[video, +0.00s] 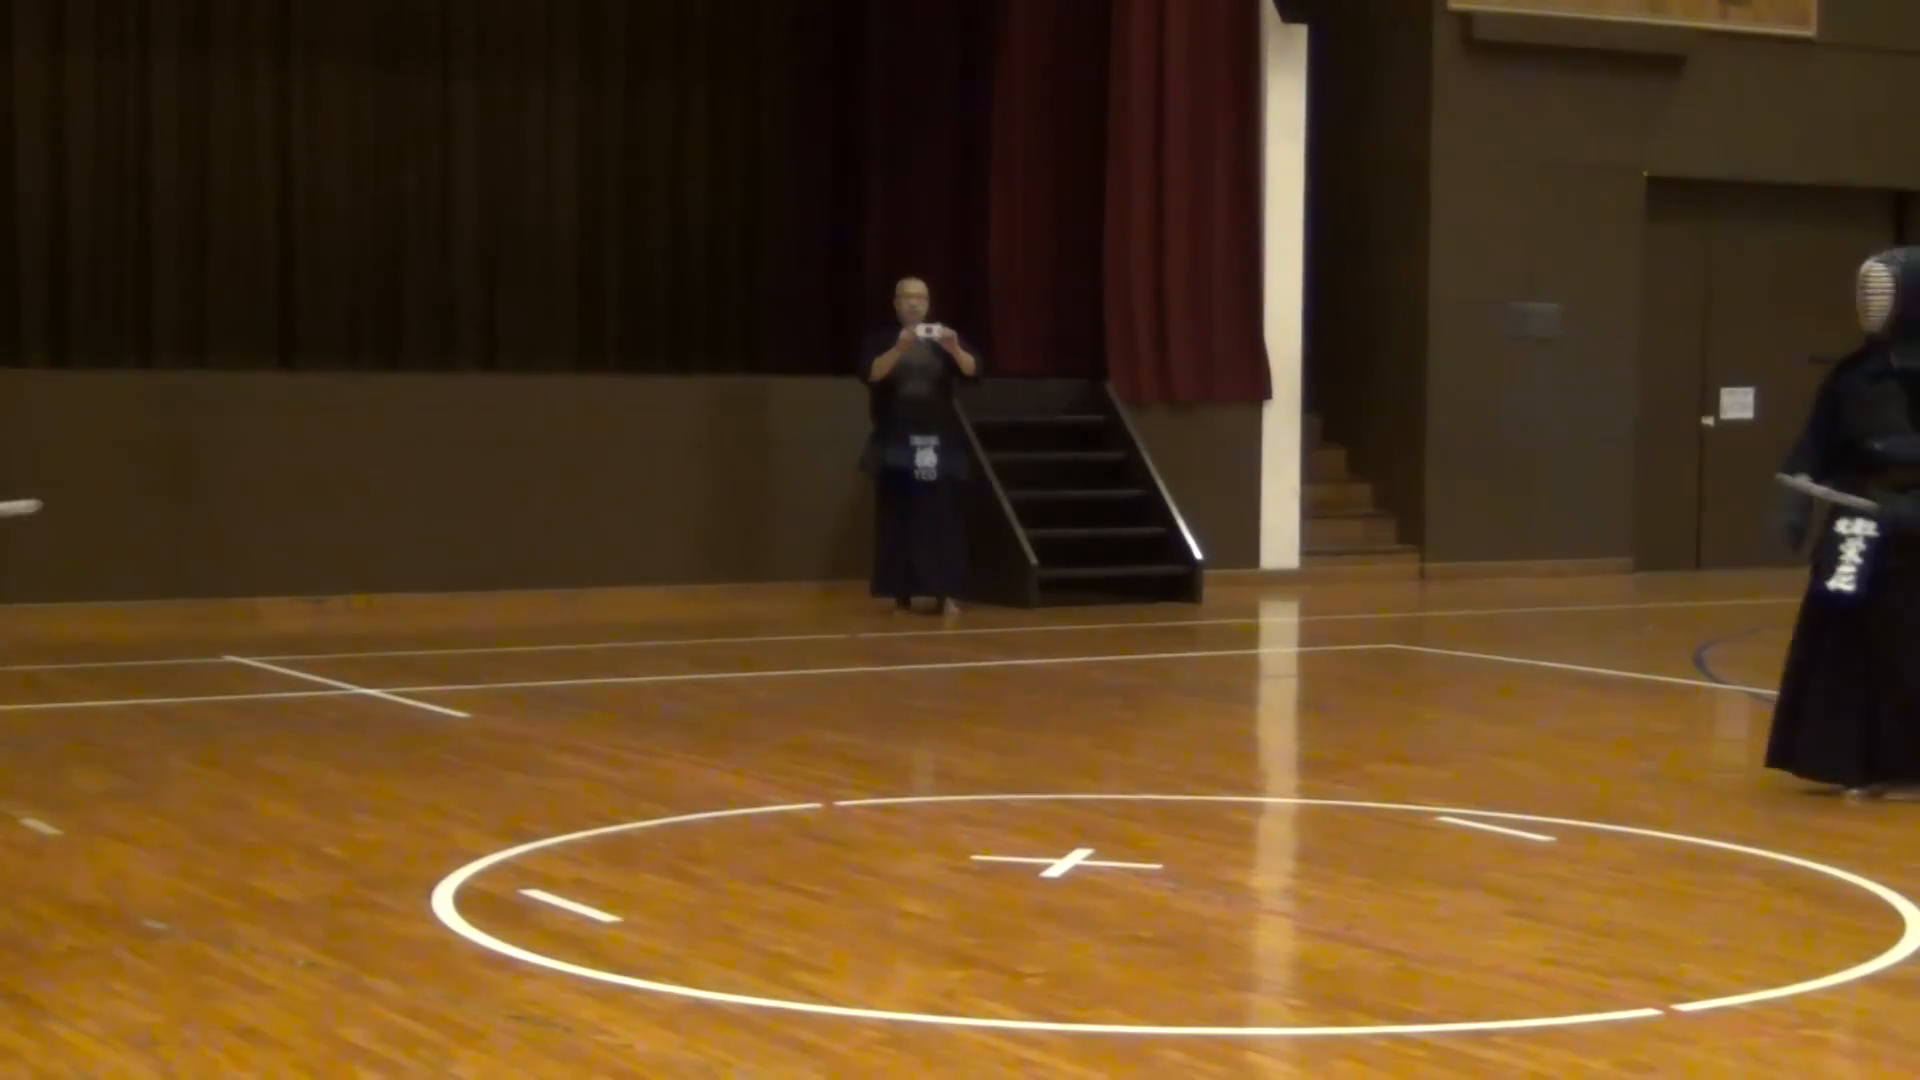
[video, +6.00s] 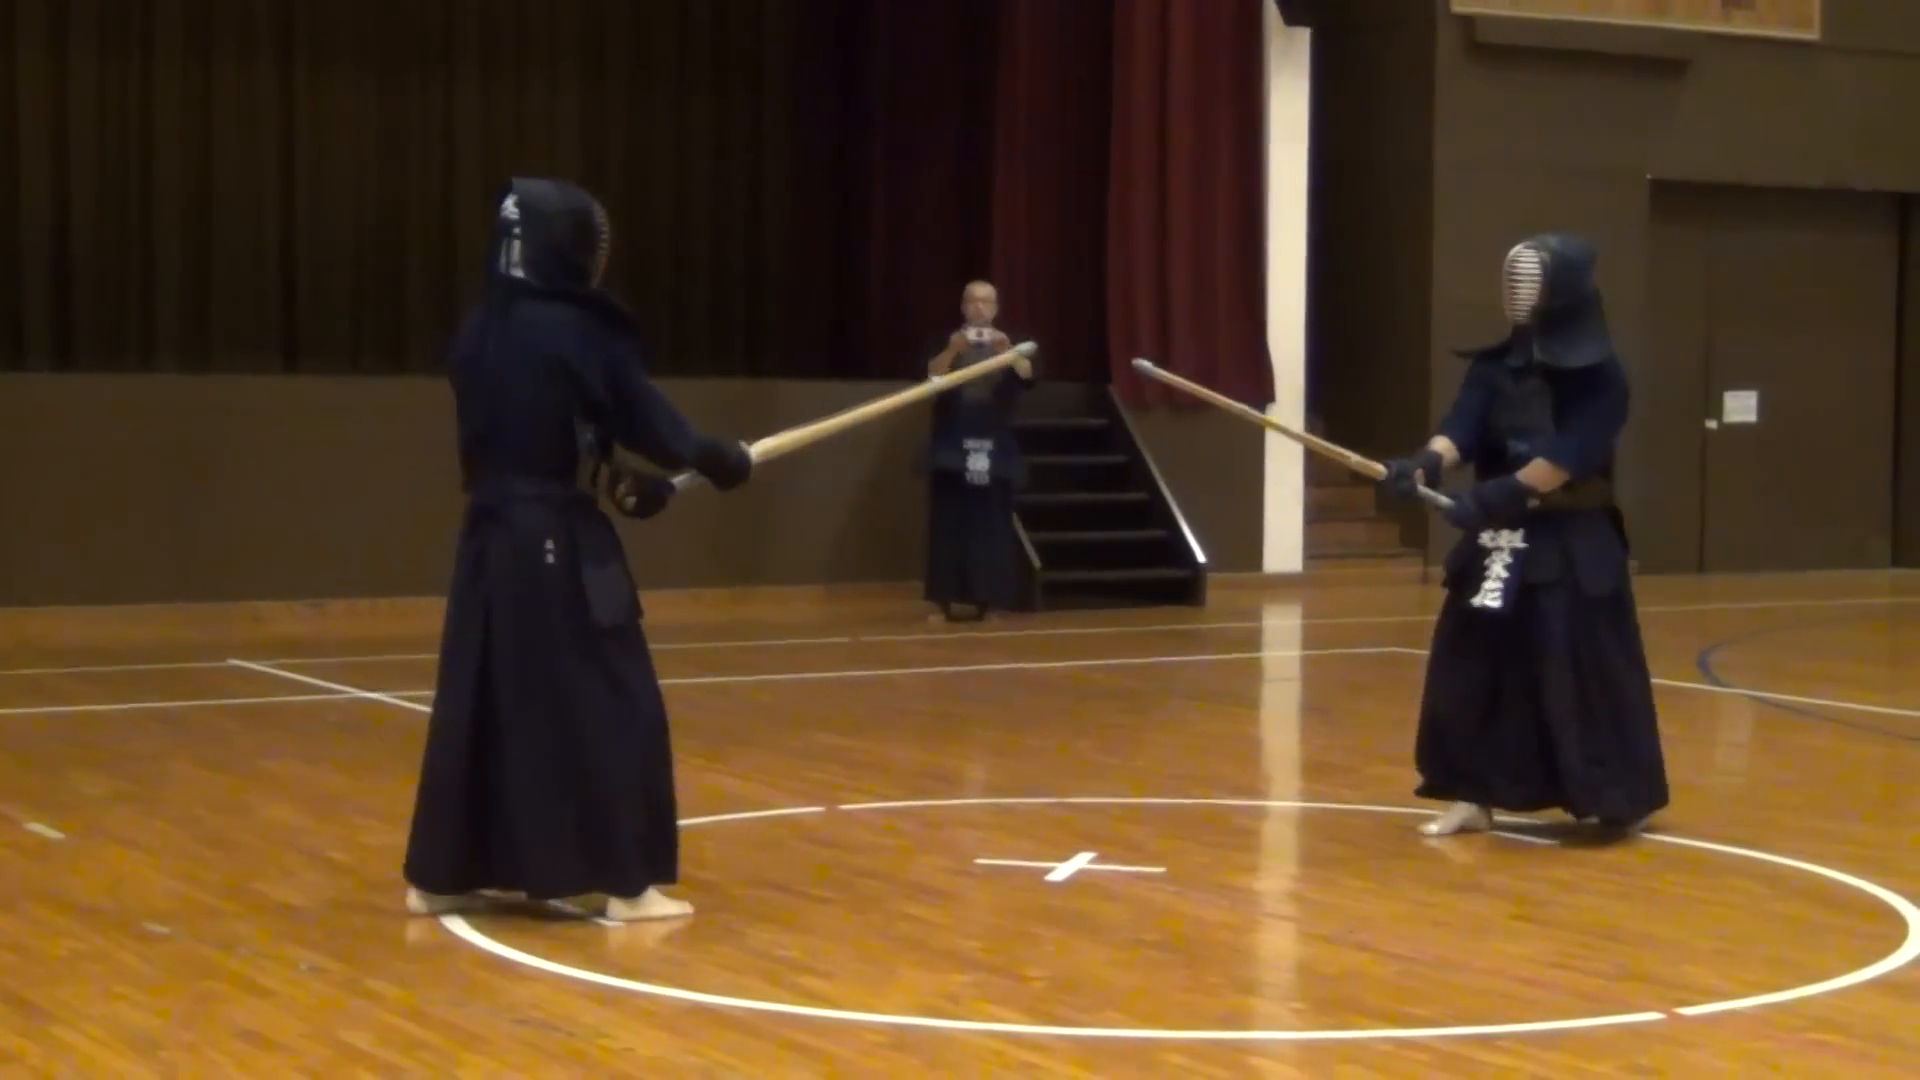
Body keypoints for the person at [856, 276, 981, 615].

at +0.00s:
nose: (913, 304)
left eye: (919, 299)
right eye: (907, 299)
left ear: (928, 303)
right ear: (896, 303)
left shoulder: (943, 338)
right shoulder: (885, 340)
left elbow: (973, 370)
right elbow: (871, 374)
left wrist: (954, 348)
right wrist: (900, 348)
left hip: (939, 436)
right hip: (897, 436)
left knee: (943, 512)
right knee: (899, 512)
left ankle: (948, 593)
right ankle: (901, 590)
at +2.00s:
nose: (976, 304)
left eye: (983, 299)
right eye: (970, 298)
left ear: (993, 303)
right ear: (960, 302)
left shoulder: (1006, 341)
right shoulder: (945, 339)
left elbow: (1025, 371)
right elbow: (925, 375)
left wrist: (1001, 348)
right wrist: (948, 347)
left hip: (991, 438)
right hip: (949, 437)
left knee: (990, 516)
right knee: (944, 515)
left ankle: (987, 598)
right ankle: (937, 597)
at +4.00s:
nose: (986, 304)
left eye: (992, 298)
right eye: (980, 298)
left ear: (1002, 302)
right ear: (970, 302)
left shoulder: (1016, 341)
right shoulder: (957, 340)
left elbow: (1035, 371)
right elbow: (937, 374)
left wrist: (1011, 347)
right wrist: (960, 346)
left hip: (1002, 437)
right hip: (961, 436)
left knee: (999, 513)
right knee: (957, 512)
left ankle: (997, 595)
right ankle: (950, 593)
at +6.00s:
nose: (979, 308)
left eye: (986, 302)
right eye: (973, 302)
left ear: (997, 307)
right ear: (963, 306)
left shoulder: (1007, 348)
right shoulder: (947, 344)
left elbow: (1027, 376)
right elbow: (930, 375)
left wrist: (1002, 348)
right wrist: (954, 349)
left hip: (993, 441)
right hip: (952, 440)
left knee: (990, 516)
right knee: (950, 516)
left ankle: (989, 598)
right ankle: (947, 596)